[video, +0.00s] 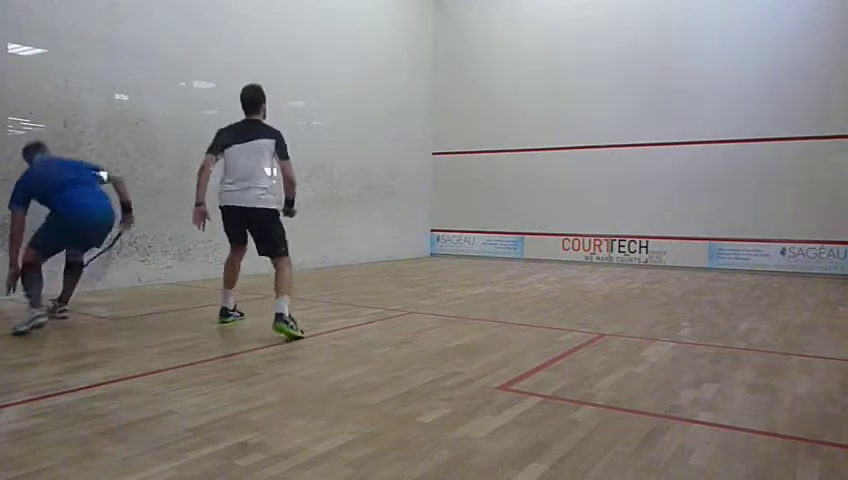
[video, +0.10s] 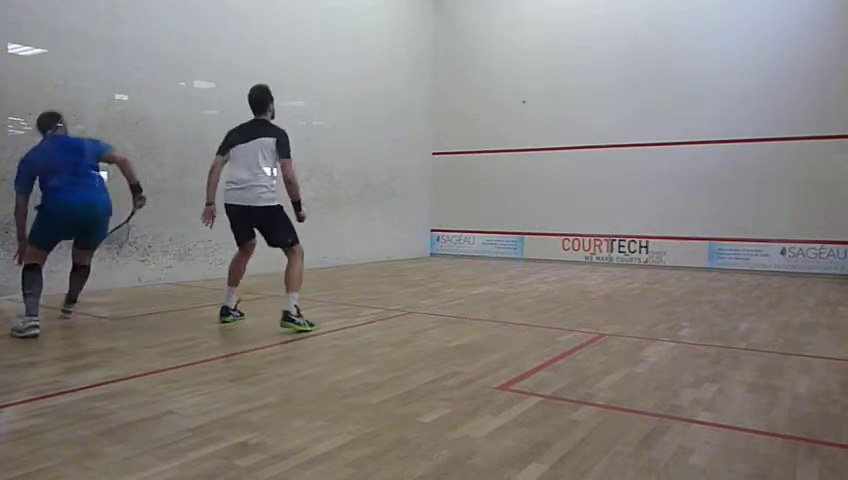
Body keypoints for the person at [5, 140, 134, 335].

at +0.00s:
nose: (32, 164)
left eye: (29, 161)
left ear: (28, 160)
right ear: (48, 153)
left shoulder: (28, 179)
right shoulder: (71, 165)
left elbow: (17, 229)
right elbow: (116, 179)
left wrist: (13, 267)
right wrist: (127, 211)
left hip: (70, 219)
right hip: (104, 218)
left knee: (30, 261)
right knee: (75, 253)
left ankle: (36, 309)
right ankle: (62, 303)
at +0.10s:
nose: (65, 131)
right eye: (64, 127)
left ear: (41, 132)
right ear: (64, 127)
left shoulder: (32, 157)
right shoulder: (86, 145)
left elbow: (21, 204)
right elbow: (122, 160)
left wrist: (21, 240)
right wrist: (137, 192)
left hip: (58, 210)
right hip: (96, 209)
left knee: (33, 260)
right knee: (82, 260)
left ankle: (31, 317)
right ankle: (68, 307)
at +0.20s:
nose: (86, 110)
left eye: (84, 106)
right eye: (85, 106)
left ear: (59, 109)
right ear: (81, 107)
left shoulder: (46, 135)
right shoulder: (98, 129)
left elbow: (31, 182)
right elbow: (129, 154)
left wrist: (33, 221)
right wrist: (146, 184)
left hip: (56, 192)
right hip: (96, 191)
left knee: (42, 253)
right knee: (92, 251)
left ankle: (31, 316)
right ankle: (82, 304)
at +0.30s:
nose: (107, 103)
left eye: (105, 98)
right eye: (105, 99)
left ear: (80, 99)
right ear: (99, 98)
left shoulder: (59, 124)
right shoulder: (111, 122)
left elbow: (42, 170)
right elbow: (133, 156)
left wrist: (48, 204)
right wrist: (153, 187)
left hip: (61, 188)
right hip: (101, 187)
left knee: (48, 253)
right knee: (115, 248)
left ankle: (29, 316)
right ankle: (104, 306)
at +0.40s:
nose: (126, 111)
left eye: (125, 106)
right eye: (125, 106)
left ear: (99, 106)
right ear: (118, 106)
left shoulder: (77, 128)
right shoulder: (125, 132)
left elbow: (52, 169)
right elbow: (143, 172)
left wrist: (69, 199)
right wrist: (164, 200)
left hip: (67, 201)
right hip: (106, 202)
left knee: (54, 263)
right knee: (133, 256)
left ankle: (28, 323)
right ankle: (127, 316)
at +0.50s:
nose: (142, 120)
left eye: (141, 115)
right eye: (141, 115)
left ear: (114, 116)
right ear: (135, 117)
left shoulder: (89, 137)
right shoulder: (138, 145)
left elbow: (64, 173)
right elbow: (154, 188)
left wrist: (79, 202)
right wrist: (172, 219)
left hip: (78, 209)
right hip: (114, 210)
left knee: (75, 266)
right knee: (141, 265)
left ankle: (38, 310)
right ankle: (128, 327)